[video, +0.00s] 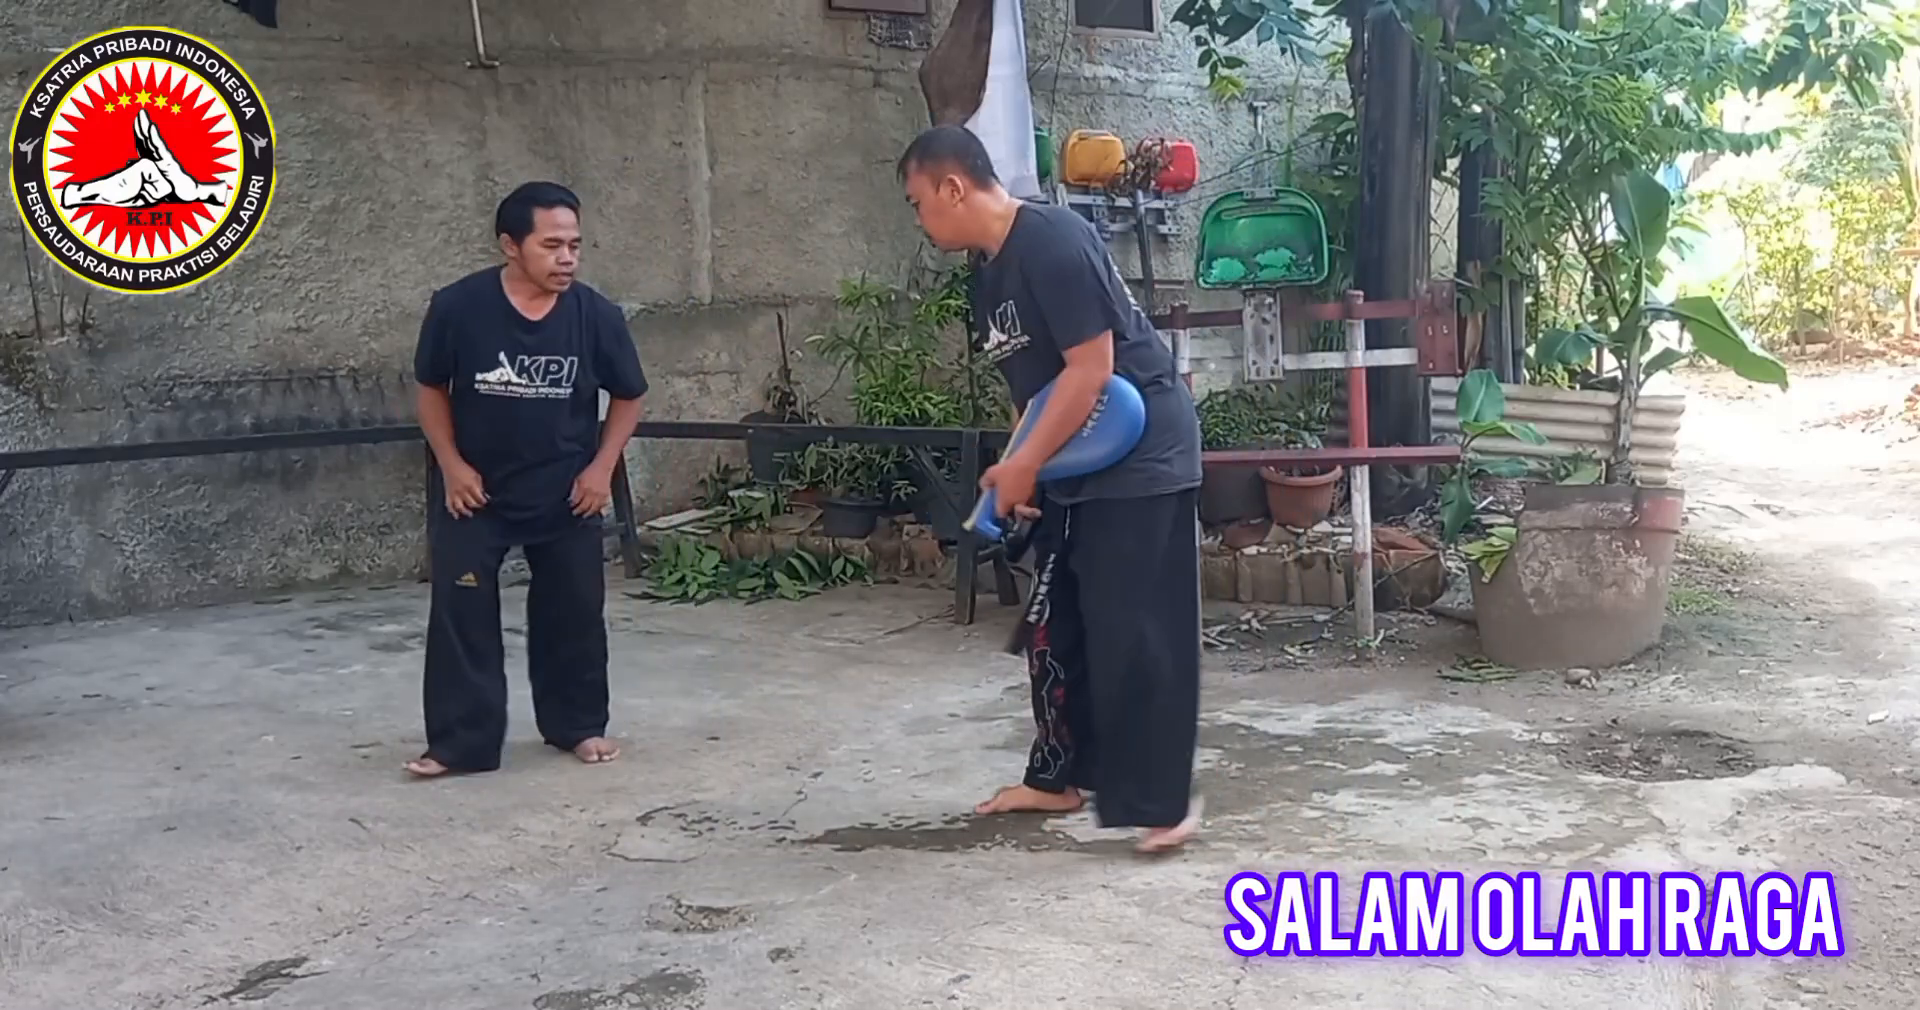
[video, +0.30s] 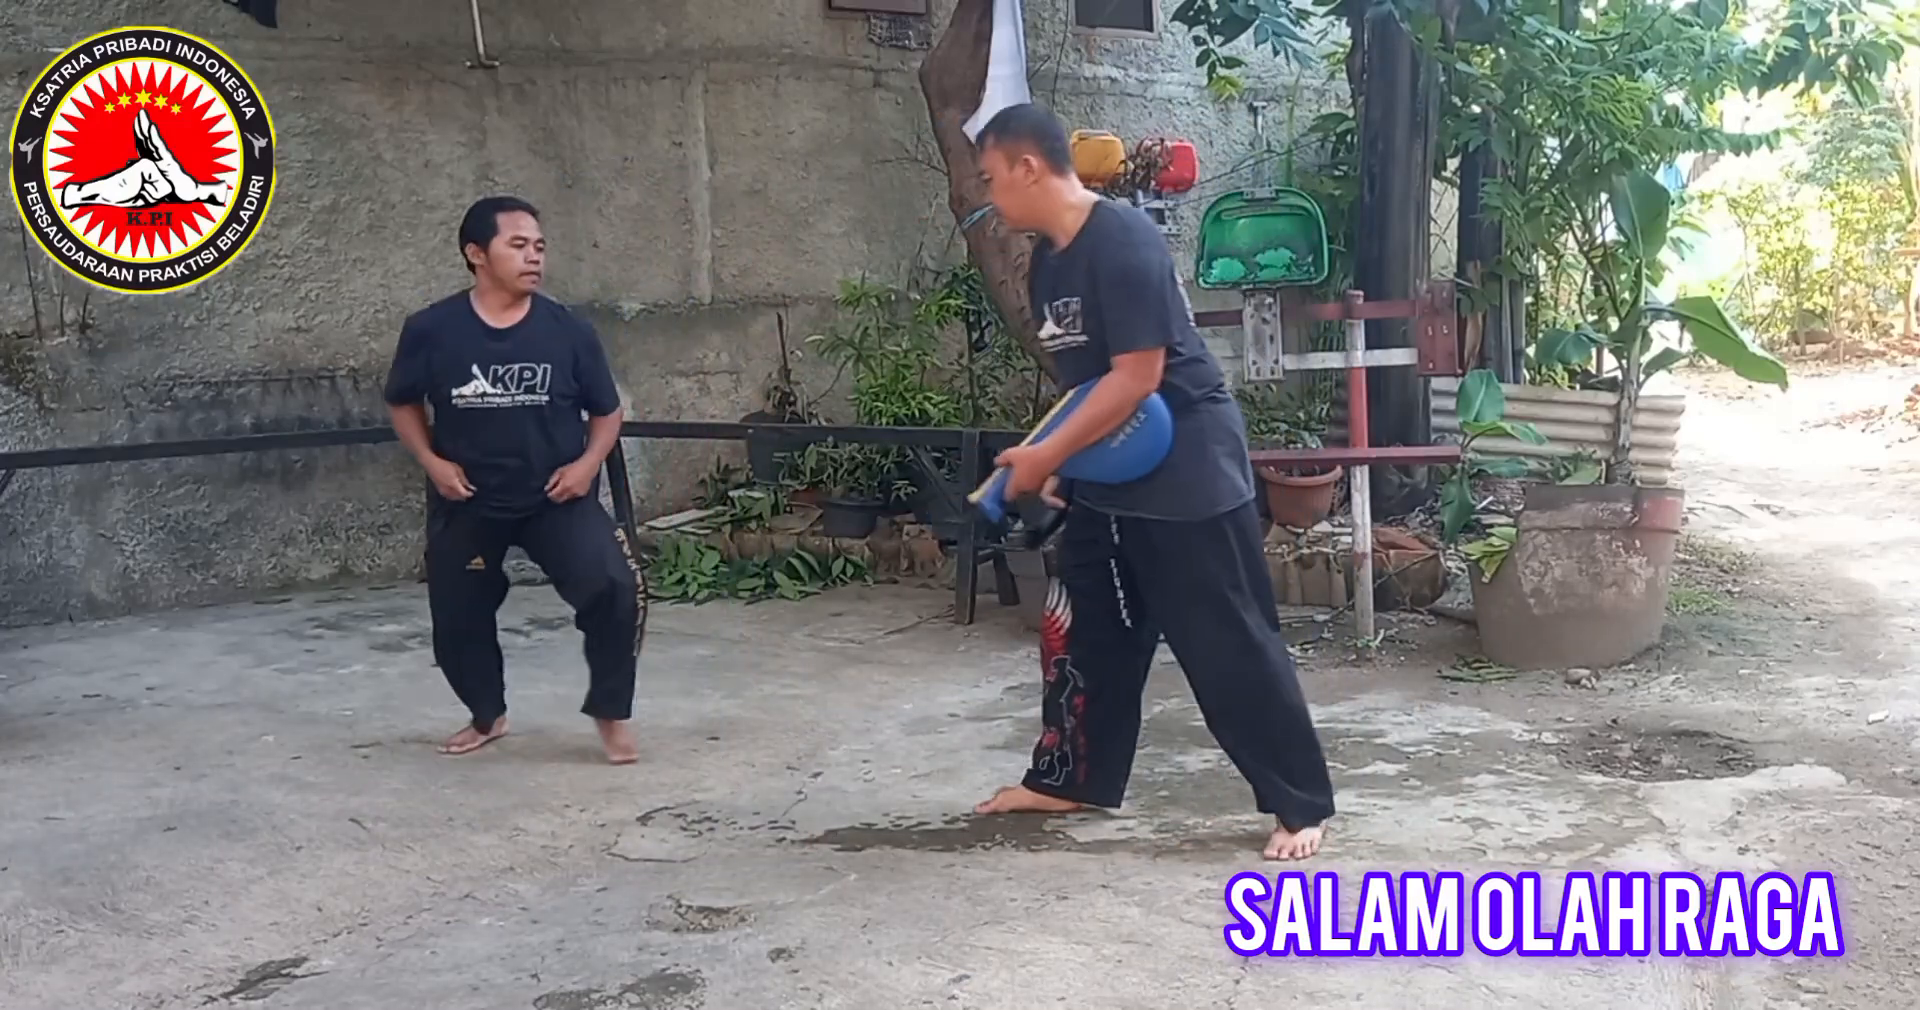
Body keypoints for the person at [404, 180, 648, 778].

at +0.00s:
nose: (569, 258)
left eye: (574, 245)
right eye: (554, 246)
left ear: (579, 244)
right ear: (511, 246)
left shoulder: (597, 316)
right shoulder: (456, 308)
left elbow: (629, 396)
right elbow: (433, 389)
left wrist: (602, 468)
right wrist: (451, 463)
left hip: (566, 492)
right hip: (473, 492)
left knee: (577, 608)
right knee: (459, 611)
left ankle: (576, 725)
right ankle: (462, 744)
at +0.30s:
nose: (534, 256)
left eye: (538, 245)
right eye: (519, 245)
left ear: (544, 253)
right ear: (476, 254)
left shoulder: (569, 331)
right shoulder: (430, 330)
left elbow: (608, 412)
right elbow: (401, 401)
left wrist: (588, 464)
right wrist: (430, 461)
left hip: (558, 501)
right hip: (468, 506)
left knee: (612, 588)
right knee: (457, 620)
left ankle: (611, 712)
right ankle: (488, 716)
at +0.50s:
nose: (572, 248)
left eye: (577, 238)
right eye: (556, 237)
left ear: (584, 249)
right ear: (517, 249)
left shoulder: (612, 325)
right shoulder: (474, 323)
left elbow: (669, 403)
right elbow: (451, 402)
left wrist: (656, 445)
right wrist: (486, 431)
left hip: (598, 498)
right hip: (511, 500)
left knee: (647, 601)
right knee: (476, 606)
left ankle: (707, 743)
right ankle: (477, 708)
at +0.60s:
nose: (616, 276)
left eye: (621, 266)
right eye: (601, 264)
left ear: (627, 275)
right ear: (559, 274)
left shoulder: (648, 354)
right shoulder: (517, 349)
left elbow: (711, 415)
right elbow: (491, 440)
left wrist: (730, 440)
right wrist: (565, 401)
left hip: (639, 523)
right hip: (543, 525)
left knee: (690, 616)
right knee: (485, 630)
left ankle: (719, 753)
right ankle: (472, 724)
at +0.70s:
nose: (633, 267)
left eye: (638, 256)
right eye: (618, 255)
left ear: (643, 264)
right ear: (575, 262)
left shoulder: (663, 341)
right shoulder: (533, 335)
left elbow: (715, 404)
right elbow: (543, 420)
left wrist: (736, 426)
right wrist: (610, 355)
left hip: (644, 512)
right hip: (550, 512)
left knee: (688, 608)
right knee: (489, 614)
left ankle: (719, 750)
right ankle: (477, 718)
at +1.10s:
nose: (604, 255)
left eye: (610, 244)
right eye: (589, 243)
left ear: (617, 250)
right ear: (547, 249)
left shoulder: (638, 329)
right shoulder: (506, 320)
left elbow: (693, 396)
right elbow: (512, 398)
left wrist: (735, 440)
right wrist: (575, 334)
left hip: (625, 502)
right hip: (529, 508)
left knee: (681, 600)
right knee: (488, 618)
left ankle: (722, 744)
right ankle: (484, 725)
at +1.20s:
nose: (623, 253)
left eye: (628, 242)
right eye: (608, 241)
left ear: (633, 250)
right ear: (565, 247)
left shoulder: (653, 327)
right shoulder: (524, 312)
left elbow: (707, 388)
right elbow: (529, 386)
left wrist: (754, 428)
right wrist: (597, 324)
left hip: (645, 505)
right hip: (550, 507)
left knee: (698, 614)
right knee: (504, 623)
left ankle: (729, 758)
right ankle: (480, 741)